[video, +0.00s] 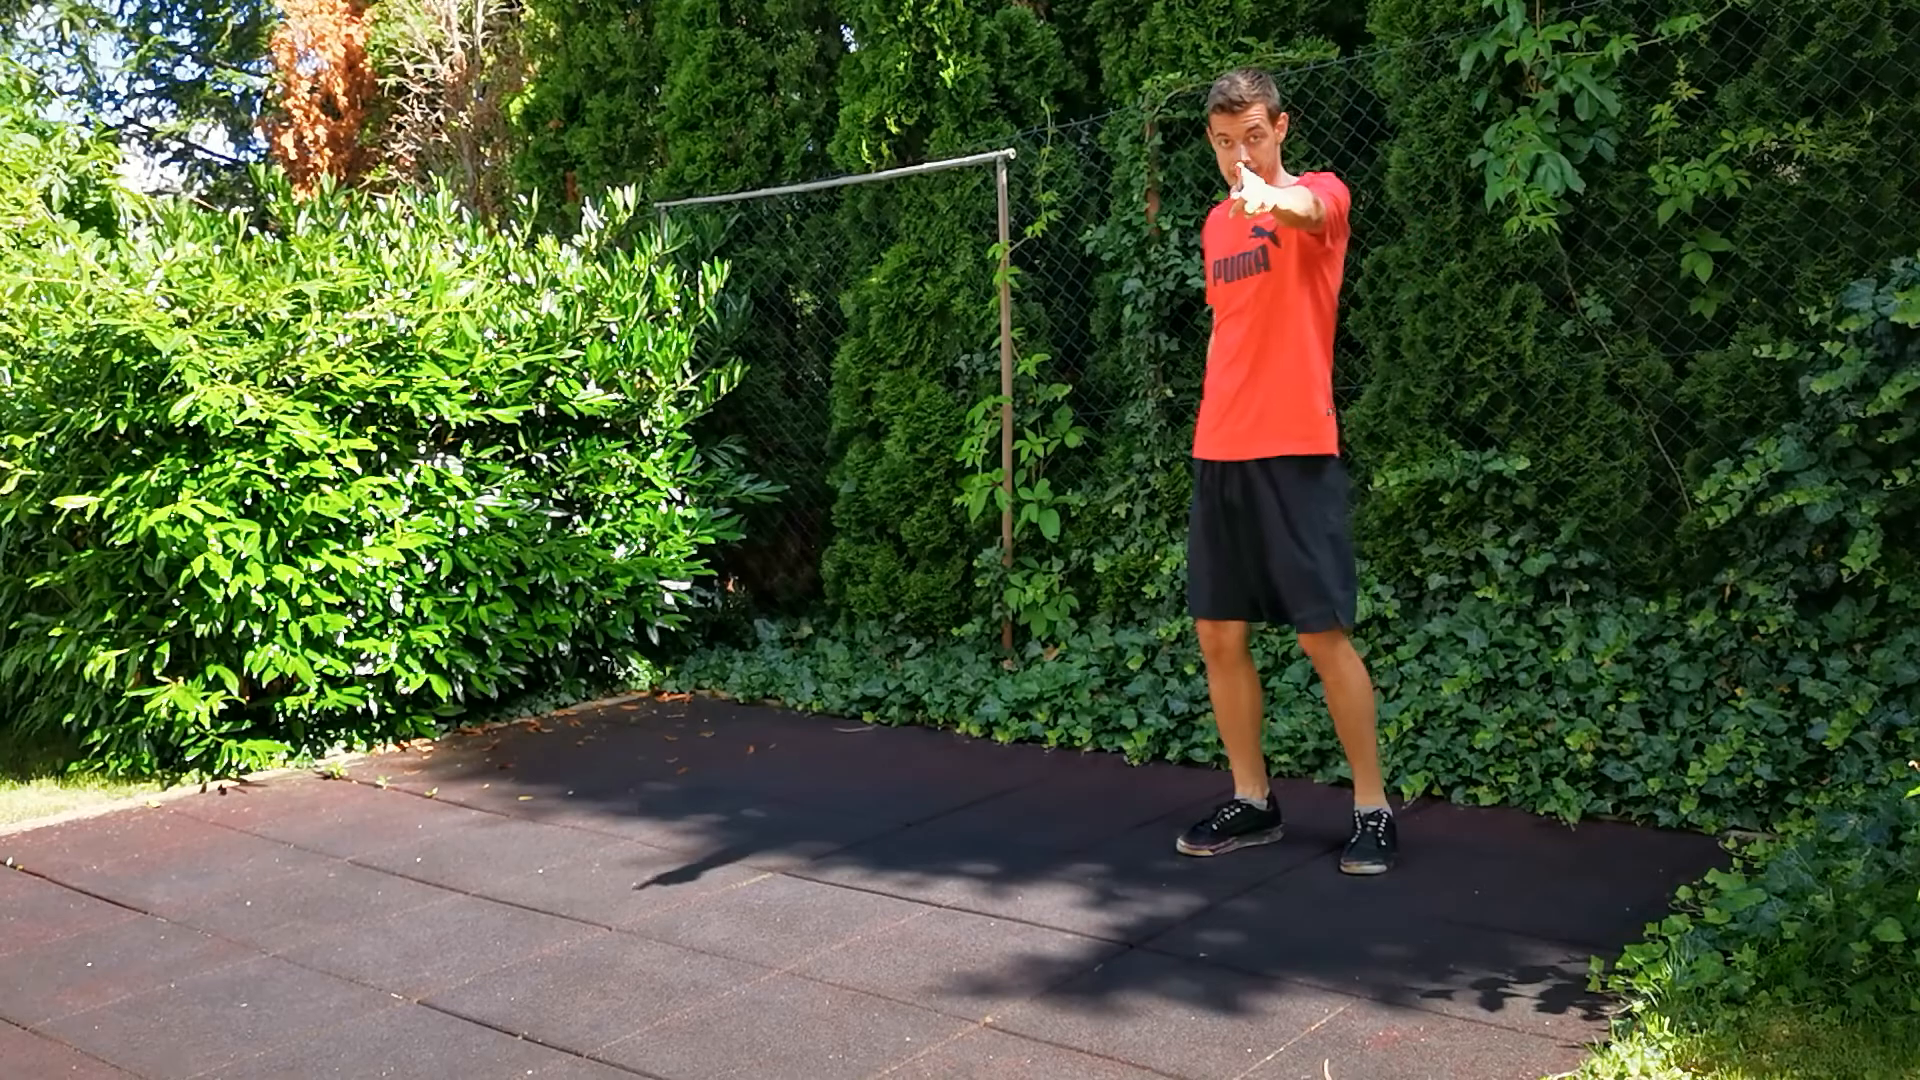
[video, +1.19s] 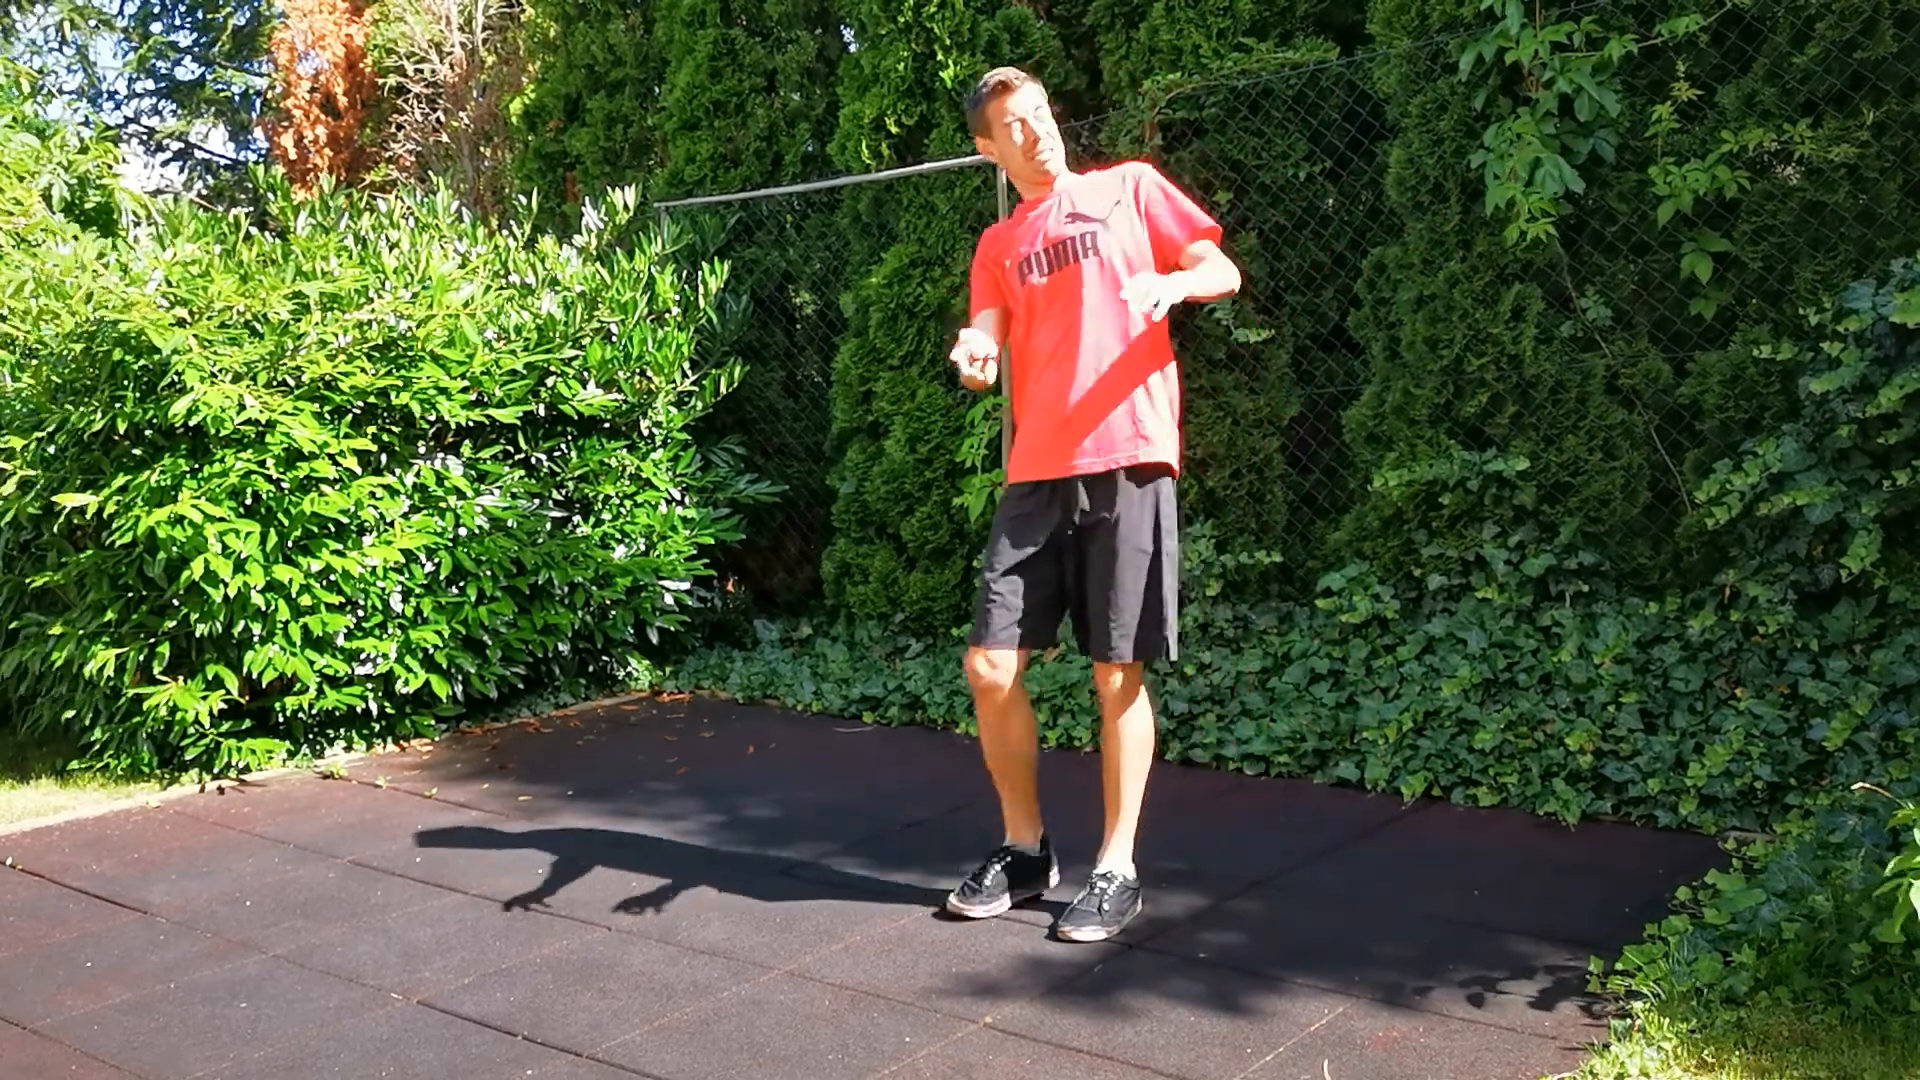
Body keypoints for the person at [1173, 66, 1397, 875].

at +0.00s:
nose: (1245, 154)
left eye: (1255, 136)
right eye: (1230, 143)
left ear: (1283, 129)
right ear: (1212, 145)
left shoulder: (1324, 191)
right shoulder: (1216, 221)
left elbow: (1306, 211)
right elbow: (1232, 321)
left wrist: (1270, 194)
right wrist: (1232, 415)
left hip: (1298, 453)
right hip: (1219, 456)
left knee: (1323, 635)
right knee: (1219, 634)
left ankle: (1372, 808)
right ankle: (1251, 801)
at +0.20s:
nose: (1200, 159)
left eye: (1210, 141)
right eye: (1185, 148)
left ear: (1239, 129)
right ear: (1173, 151)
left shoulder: (1285, 195)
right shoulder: (1182, 227)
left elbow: (1303, 273)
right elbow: (1158, 340)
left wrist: (1239, 301)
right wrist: (1100, 378)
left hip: (1270, 452)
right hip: (1200, 454)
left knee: (1263, 630)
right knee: (1217, 634)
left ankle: (1338, 793)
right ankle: (1252, 801)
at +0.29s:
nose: (1185, 160)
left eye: (1195, 142)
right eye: (1170, 149)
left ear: (1225, 129)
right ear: (1159, 151)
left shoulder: (1278, 200)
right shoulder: (1162, 225)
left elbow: (1300, 307)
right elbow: (1111, 316)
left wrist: (1243, 373)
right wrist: (1091, 267)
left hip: (1261, 449)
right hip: (1189, 452)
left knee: (1244, 627)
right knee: (1212, 632)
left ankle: (1300, 805)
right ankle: (1250, 800)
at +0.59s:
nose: (1140, 160)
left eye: (1150, 140)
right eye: (1124, 149)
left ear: (1180, 132)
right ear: (1110, 156)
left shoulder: (1249, 211)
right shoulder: (1121, 220)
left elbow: (1309, 322)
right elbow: (1060, 196)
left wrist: (1345, 424)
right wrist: (1086, 122)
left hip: (1226, 464)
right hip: (1149, 463)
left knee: (1198, 644)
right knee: (1196, 644)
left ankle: (1160, 839)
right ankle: (1251, 798)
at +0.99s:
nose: (1086, 130)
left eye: (1097, 113)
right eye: (1070, 120)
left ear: (1123, 114)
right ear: (1052, 134)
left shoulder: (1187, 205)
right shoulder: (1051, 213)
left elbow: (1235, 337)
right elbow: (978, 269)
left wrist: (1252, 455)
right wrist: (988, 200)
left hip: (1152, 469)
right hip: (1069, 466)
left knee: (1139, 667)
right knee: (1068, 665)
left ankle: (1116, 871)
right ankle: (1183, 756)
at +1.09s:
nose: (1059, 127)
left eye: (1066, 110)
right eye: (1040, 120)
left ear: (1090, 109)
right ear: (1020, 136)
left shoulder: (1161, 190)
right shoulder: (1020, 228)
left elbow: (1226, 302)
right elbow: (975, 335)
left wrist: (1201, 397)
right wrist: (980, 296)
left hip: (1140, 466)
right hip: (1050, 470)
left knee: (1128, 669)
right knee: (1016, 659)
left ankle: (1118, 868)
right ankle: (1117, 783)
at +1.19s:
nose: (1034, 126)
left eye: (1036, 110)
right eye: (1013, 123)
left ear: (1056, 115)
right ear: (989, 147)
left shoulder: (1133, 187)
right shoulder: (996, 245)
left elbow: (1222, 269)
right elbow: (985, 343)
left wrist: (1174, 283)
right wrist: (975, 356)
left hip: (1128, 467)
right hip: (1034, 475)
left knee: (1117, 675)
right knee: (990, 668)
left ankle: (1114, 873)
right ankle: (1024, 855)